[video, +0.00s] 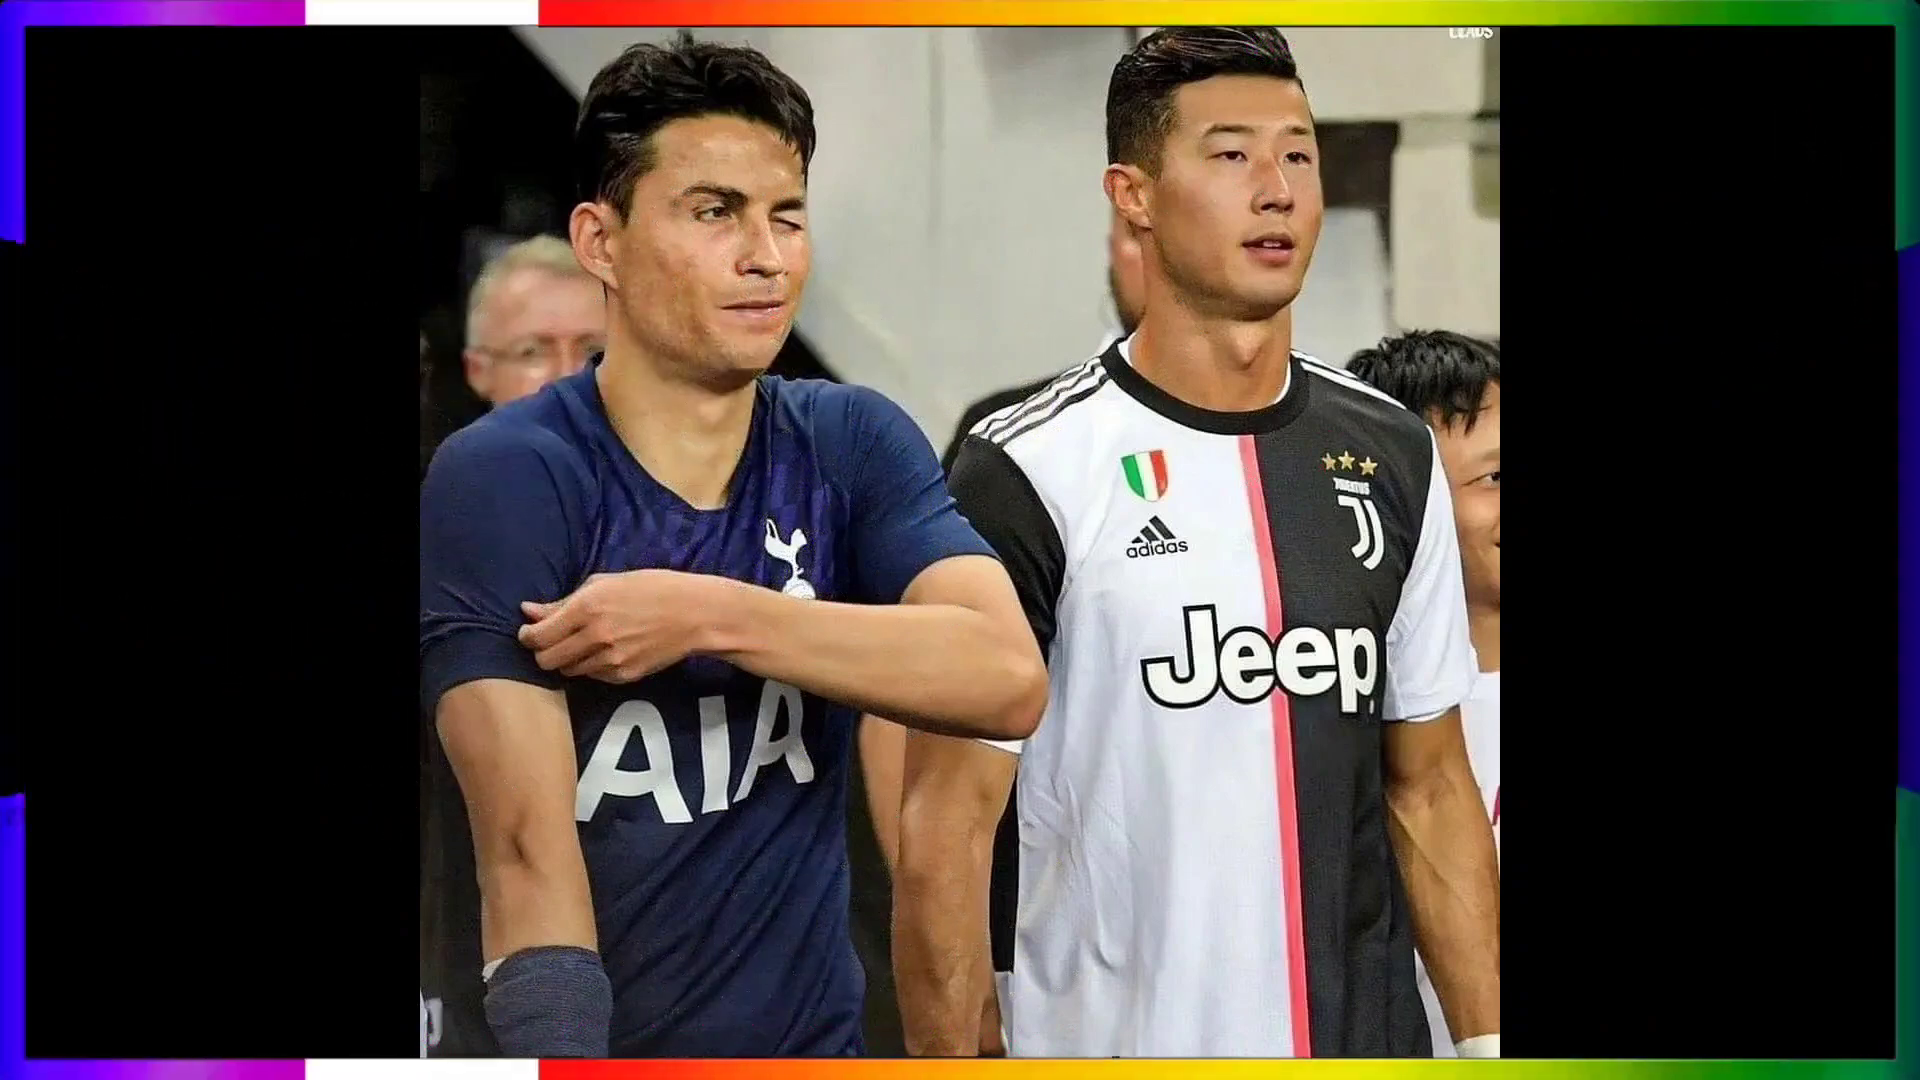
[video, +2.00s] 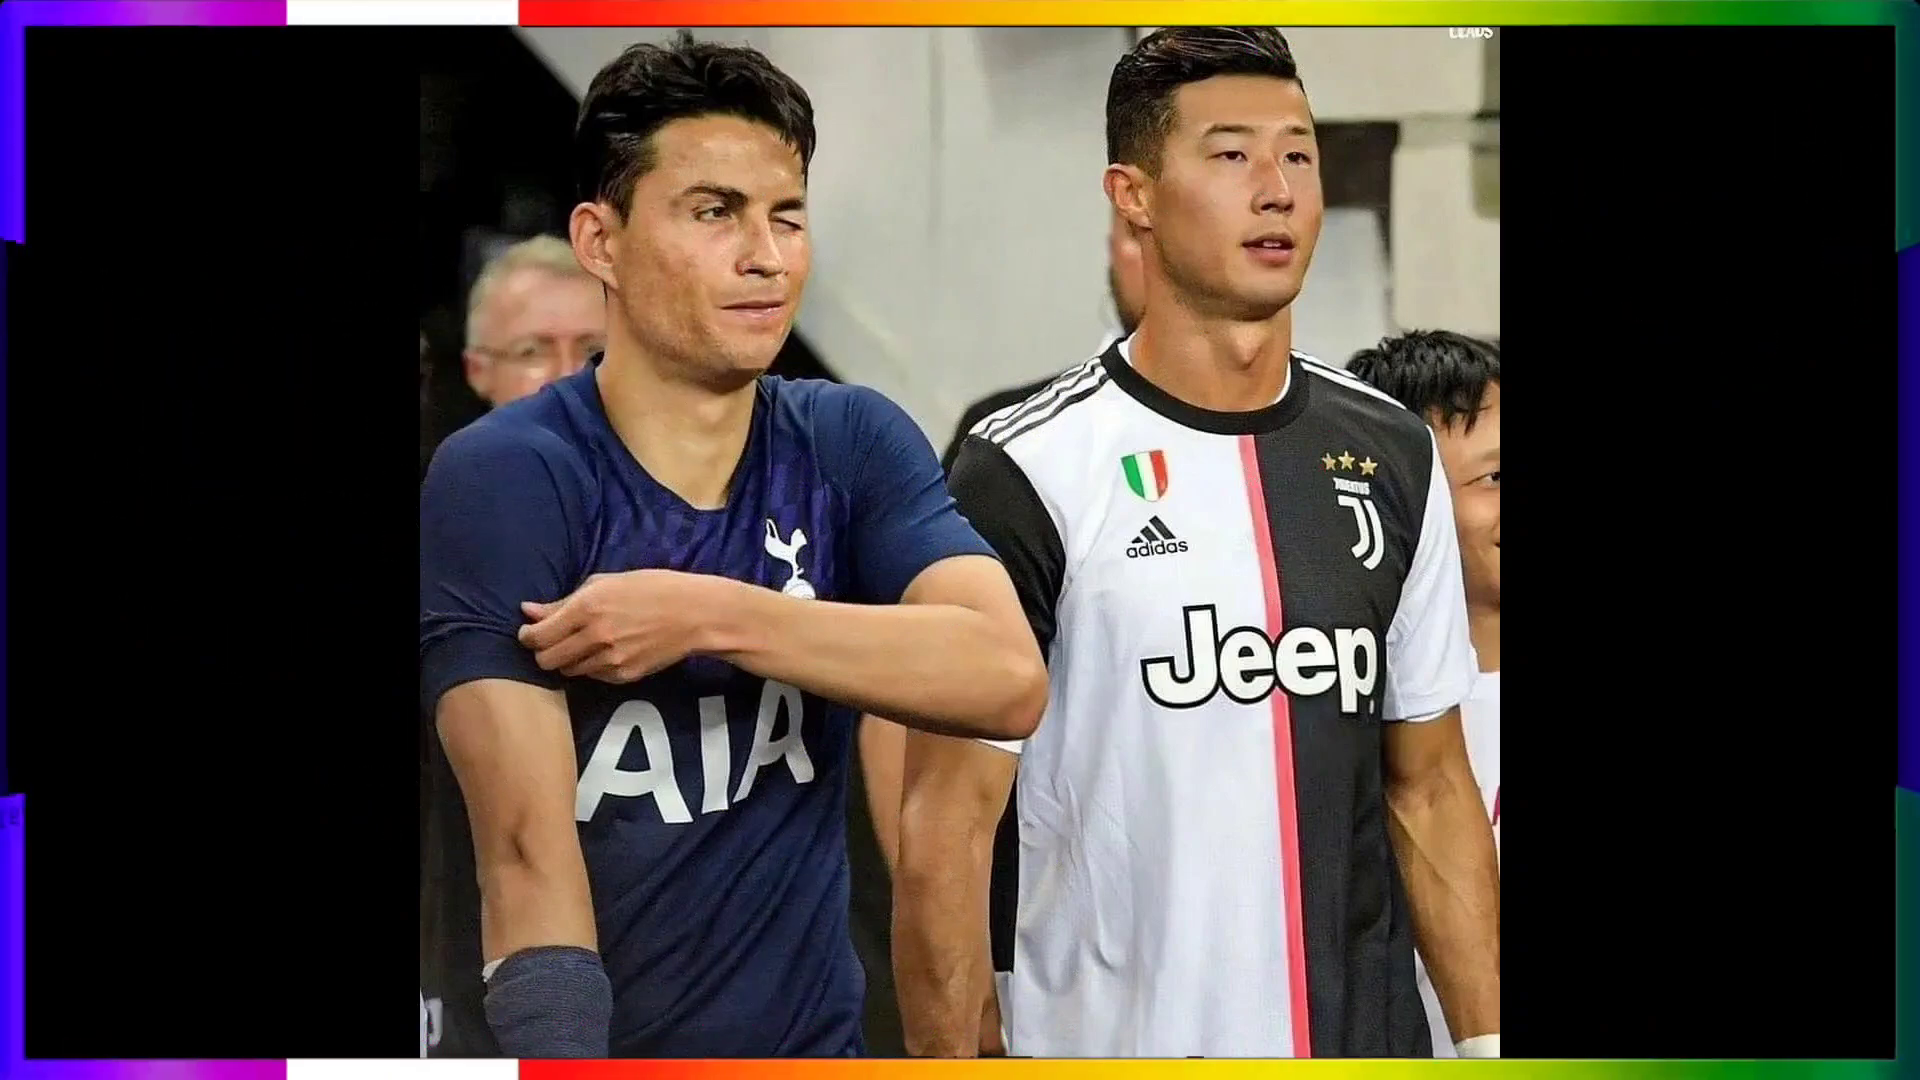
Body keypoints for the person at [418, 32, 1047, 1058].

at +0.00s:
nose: (765, 257)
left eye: (785, 217)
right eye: (712, 212)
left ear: (809, 236)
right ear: (601, 242)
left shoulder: (857, 439)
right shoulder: (500, 476)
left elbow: (1009, 680)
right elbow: (525, 850)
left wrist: (713, 613)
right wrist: (559, 1058)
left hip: (810, 1040)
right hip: (599, 1036)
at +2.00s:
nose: (765, 257)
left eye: (785, 217)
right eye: (712, 212)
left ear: (809, 235)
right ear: (601, 242)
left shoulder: (856, 439)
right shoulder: (500, 476)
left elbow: (1009, 681)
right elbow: (525, 851)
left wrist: (714, 613)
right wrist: (560, 1059)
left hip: (810, 1041)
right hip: (599, 1037)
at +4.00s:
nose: (766, 257)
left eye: (786, 218)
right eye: (712, 213)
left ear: (809, 237)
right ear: (601, 241)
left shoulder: (859, 437)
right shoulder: (500, 476)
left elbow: (1011, 679)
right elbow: (525, 852)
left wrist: (717, 615)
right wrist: (560, 1061)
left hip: (810, 1041)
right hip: (598, 1038)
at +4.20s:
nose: (767, 260)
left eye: (787, 219)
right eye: (715, 212)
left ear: (811, 236)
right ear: (600, 241)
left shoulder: (846, 453)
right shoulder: (497, 475)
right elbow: (524, 855)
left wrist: (708, 619)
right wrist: (560, 1060)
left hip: (813, 1037)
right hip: (602, 1037)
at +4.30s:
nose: (766, 259)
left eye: (788, 220)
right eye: (714, 212)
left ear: (811, 238)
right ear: (600, 241)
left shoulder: (857, 453)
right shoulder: (492, 477)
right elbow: (524, 845)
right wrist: (560, 1053)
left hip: (841, 1030)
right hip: (614, 1034)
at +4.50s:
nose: (766, 257)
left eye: (787, 218)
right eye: (714, 211)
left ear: (809, 234)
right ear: (598, 239)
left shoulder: (830, 461)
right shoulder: (497, 478)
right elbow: (527, 856)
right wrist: (571, 1047)